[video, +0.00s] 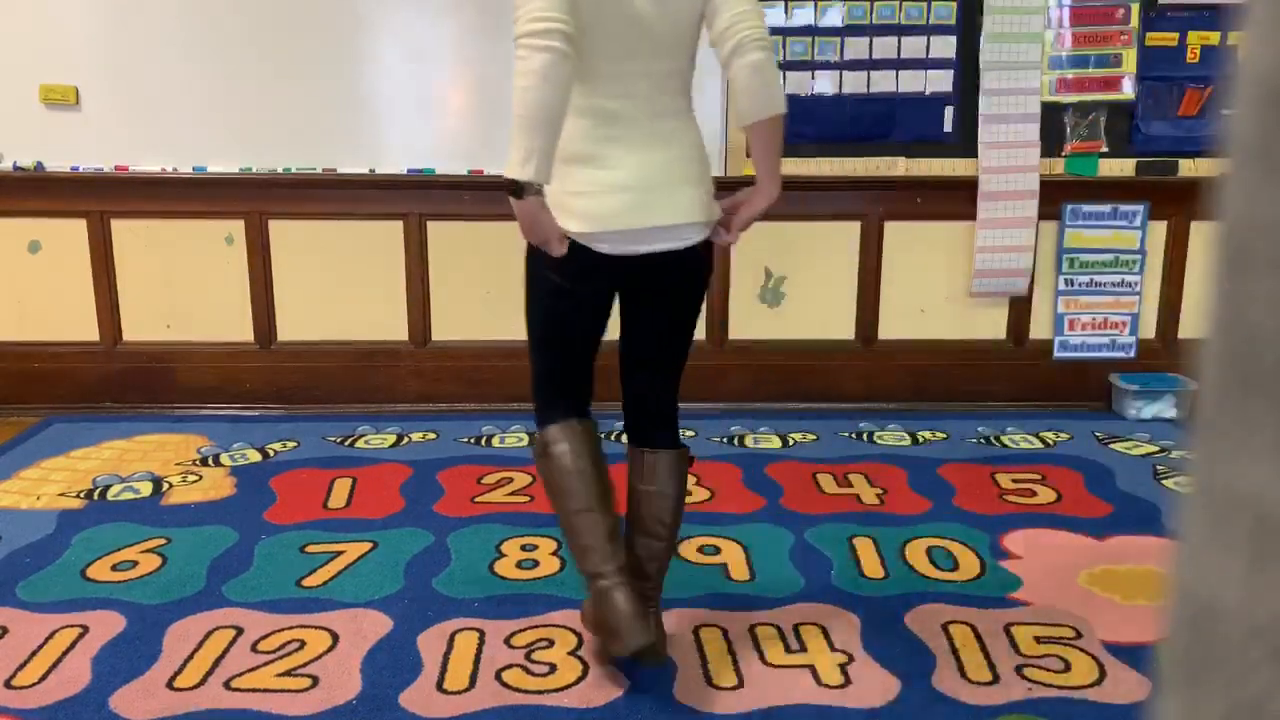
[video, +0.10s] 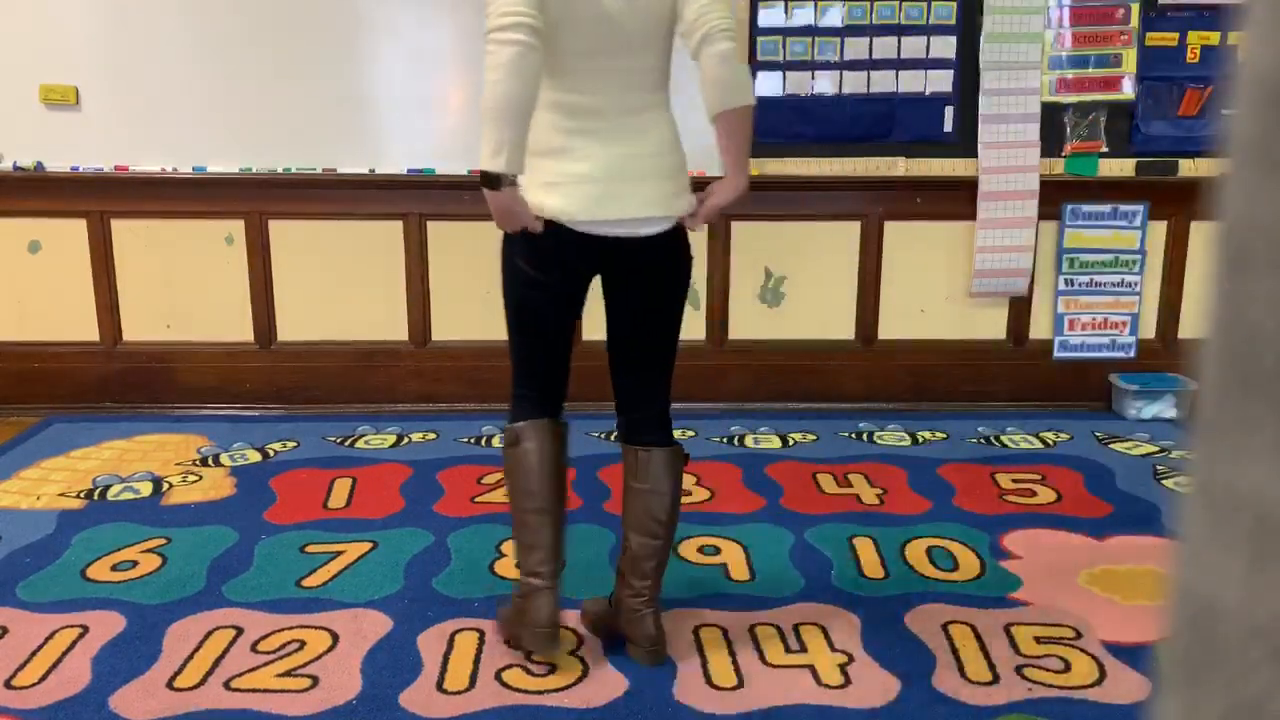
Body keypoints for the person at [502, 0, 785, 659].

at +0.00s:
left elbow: (547, 46)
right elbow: (748, 45)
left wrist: (523, 185)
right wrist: (768, 180)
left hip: (579, 215)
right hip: (680, 217)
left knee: (562, 402)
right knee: (656, 408)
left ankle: (613, 596)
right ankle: (642, 611)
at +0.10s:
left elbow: (516, 38)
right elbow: (716, 36)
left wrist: (496, 175)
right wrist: (738, 172)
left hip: (552, 204)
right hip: (654, 206)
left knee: (536, 401)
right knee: (647, 407)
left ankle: (538, 604)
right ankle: (641, 608)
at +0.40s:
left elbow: (420, 55)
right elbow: (615, 54)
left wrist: (394, 179)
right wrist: (652, 178)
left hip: (469, 192)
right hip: (569, 191)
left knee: (466, 387)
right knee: (573, 376)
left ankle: (471, 580)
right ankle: (608, 570)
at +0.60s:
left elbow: (391, 55)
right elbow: (585, 54)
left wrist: (349, 166)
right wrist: (617, 172)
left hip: (440, 197)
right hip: (535, 198)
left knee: (445, 378)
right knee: (505, 348)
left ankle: (467, 566)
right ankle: (515, 529)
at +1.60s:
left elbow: (334, 71)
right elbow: (554, 61)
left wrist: (310, 208)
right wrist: (602, 193)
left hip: (406, 212)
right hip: (516, 207)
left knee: (429, 409)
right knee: (509, 413)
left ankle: (457, 586)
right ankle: (507, 642)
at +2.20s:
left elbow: (380, 98)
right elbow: (527, 72)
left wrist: (402, 202)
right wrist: (574, 207)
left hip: (415, 223)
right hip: (518, 227)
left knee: (418, 421)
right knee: (527, 425)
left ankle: (382, 642)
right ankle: (496, 608)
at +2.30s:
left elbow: (401, 94)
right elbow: (539, 71)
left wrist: (442, 183)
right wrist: (584, 202)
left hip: (432, 213)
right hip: (524, 216)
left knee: (465, 392)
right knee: (531, 417)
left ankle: (416, 567)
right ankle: (499, 604)